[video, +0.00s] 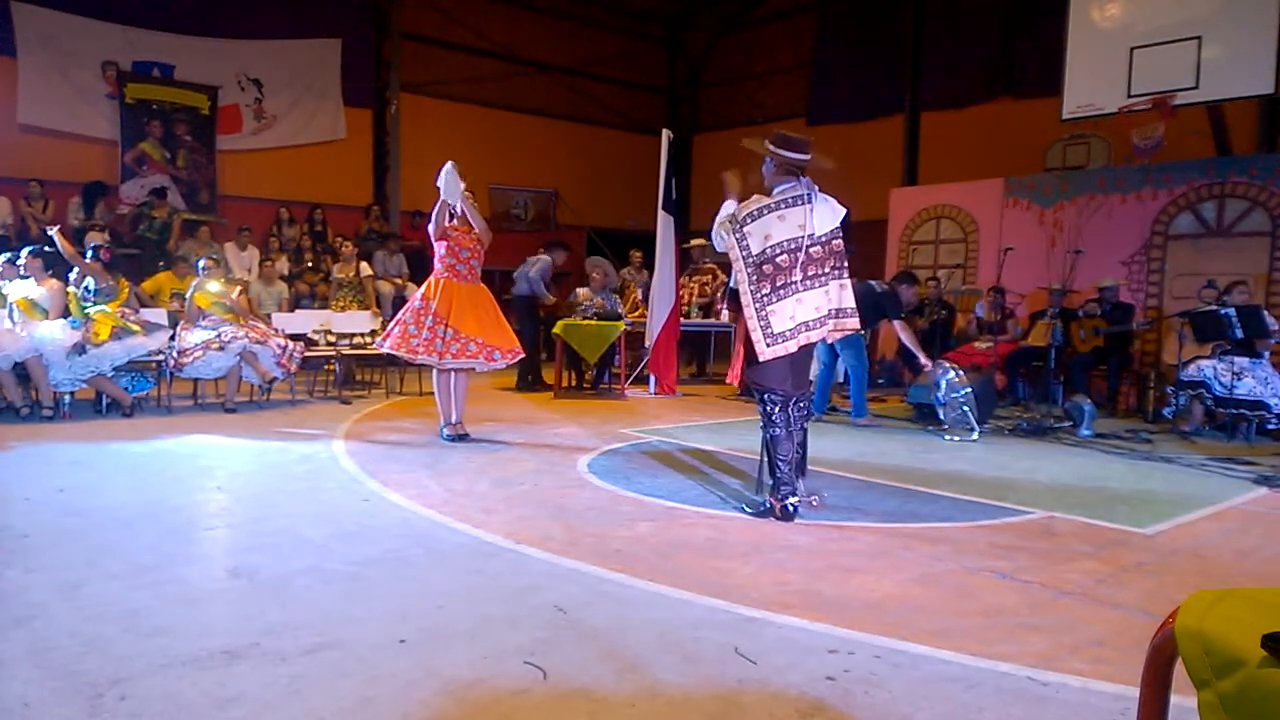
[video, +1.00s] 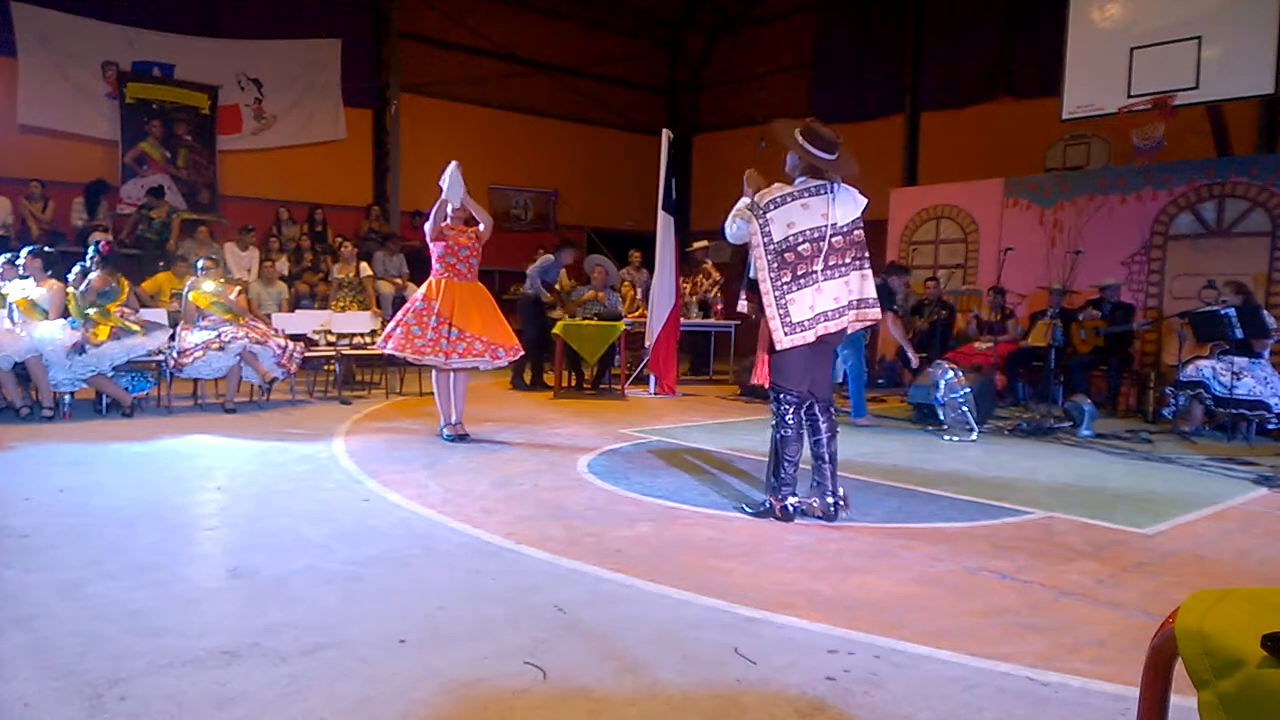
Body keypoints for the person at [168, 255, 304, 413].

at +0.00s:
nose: (207, 273)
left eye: (211, 268)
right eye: (203, 270)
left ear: (221, 269)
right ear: (200, 274)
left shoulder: (235, 289)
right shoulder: (199, 294)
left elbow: (246, 313)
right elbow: (192, 319)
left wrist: (229, 299)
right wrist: (192, 293)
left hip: (233, 327)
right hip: (208, 329)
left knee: (236, 358)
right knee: (238, 341)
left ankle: (229, 400)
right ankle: (264, 374)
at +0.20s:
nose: (207, 273)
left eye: (211, 269)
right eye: (203, 270)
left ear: (221, 269)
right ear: (199, 273)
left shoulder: (235, 288)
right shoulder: (198, 293)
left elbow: (246, 313)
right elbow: (191, 319)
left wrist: (229, 300)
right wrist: (191, 293)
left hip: (233, 327)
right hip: (207, 329)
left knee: (236, 357)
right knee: (238, 341)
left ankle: (229, 400)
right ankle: (264, 375)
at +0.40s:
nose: (206, 273)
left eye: (210, 269)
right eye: (203, 270)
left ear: (221, 270)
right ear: (199, 273)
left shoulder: (234, 289)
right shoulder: (197, 293)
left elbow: (245, 313)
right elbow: (191, 319)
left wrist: (227, 299)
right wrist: (190, 293)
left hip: (233, 327)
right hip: (207, 329)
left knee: (236, 357)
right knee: (238, 341)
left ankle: (230, 400)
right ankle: (264, 374)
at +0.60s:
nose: (205, 273)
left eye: (210, 269)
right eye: (202, 270)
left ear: (220, 270)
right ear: (198, 273)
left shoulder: (234, 289)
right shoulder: (196, 292)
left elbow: (245, 313)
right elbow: (191, 319)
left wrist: (227, 298)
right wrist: (189, 293)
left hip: (233, 327)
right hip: (206, 329)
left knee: (236, 357)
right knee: (238, 341)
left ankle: (229, 400)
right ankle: (264, 374)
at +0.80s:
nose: (205, 273)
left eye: (209, 269)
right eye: (201, 270)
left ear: (219, 270)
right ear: (198, 273)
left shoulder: (234, 289)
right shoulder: (195, 292)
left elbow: (244, 312)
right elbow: (190, 319)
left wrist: (225, 298)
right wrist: (189, 292)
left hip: (233, 327)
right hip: (207, 329)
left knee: (237, 356)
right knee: (238, 341)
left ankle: (229, 400)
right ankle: (264, 374)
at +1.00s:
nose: (204, 273)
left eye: (209, 269)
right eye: (201, 270)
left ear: (219, 270)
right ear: (197, 273)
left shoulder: (234, 289)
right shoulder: (195, 292)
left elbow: (244, 312)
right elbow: (190, 319)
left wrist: (225, 299)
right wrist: (189, 292)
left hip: (233, 327)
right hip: (206, 329)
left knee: (237, 356)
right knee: (238, 341)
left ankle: (229, 400)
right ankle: (264, 374)